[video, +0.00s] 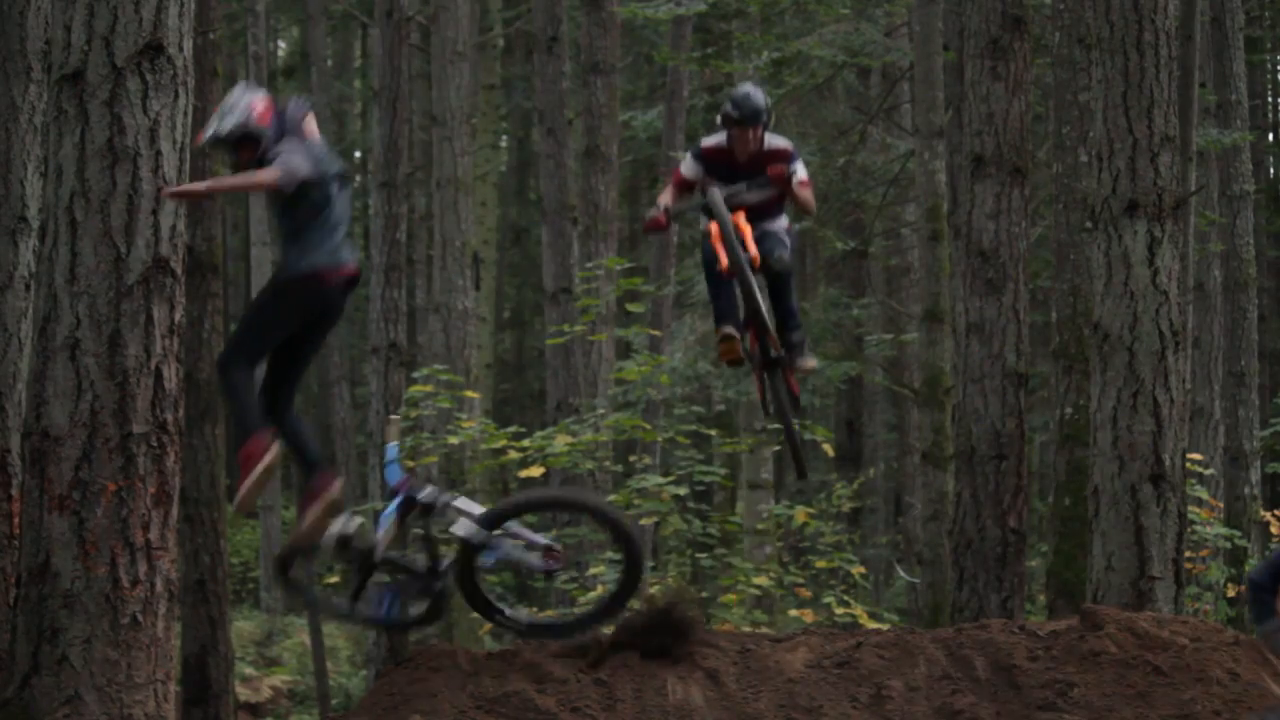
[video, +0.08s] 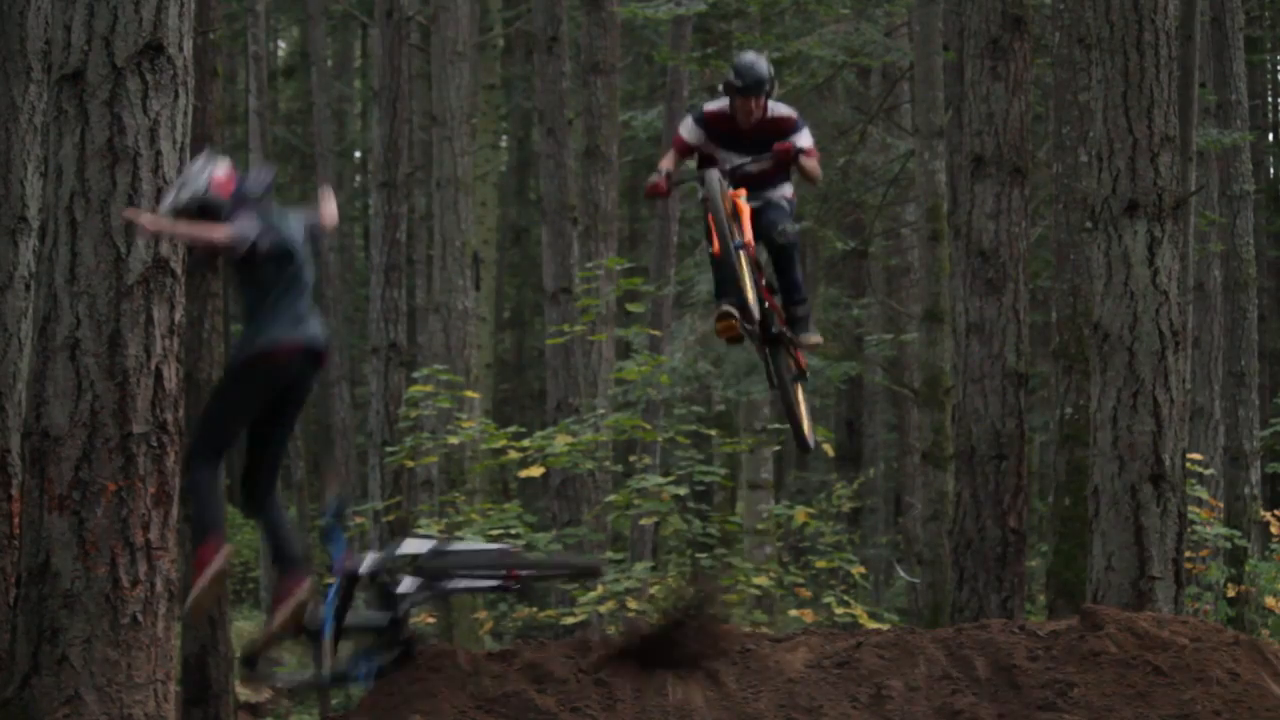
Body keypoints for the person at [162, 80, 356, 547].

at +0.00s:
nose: (241, 158)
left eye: (242, 148)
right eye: (235, 151)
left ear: (260, 133)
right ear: (266, 127)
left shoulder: (292, 154)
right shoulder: (313, 149)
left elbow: (276, 178)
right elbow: (303, 113)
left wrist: (207, 187)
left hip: (303, 281)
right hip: (335, 283)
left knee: (235, 362)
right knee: (276, 399)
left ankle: (254, 442)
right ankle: (319, 480)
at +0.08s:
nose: (207, 229)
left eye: (205, 219)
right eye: (203, 221)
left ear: (217, 205)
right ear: (241, 190)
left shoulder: (249, 217)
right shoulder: (287, 217)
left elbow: (234, 234)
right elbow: (324, 219)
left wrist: (163, 226)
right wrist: (327, 202)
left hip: (266, 351)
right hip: (306, 352)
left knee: (204, 451)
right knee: (258, 486)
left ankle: (210, 547)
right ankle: (292, 576)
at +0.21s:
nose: (127, 398)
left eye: (129, 389)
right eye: (124, 391)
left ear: (144, 382)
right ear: (179, 375)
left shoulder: (158, 409)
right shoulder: (220, 411)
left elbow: (110, 430)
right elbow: (270, 418)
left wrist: (79, 388)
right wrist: (304, 441)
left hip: (182, 556)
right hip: (232, 556)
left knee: (147, 677)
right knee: (211, 683)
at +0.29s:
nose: (77, 552)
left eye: (77, 545)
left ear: (88, 539)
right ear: (131, 526)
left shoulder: (92, 576)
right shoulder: (171, 565)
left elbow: (50, 634)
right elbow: (202, 620)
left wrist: (28, 660)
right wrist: (225, 651)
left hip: (125, 692)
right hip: (183, 690)